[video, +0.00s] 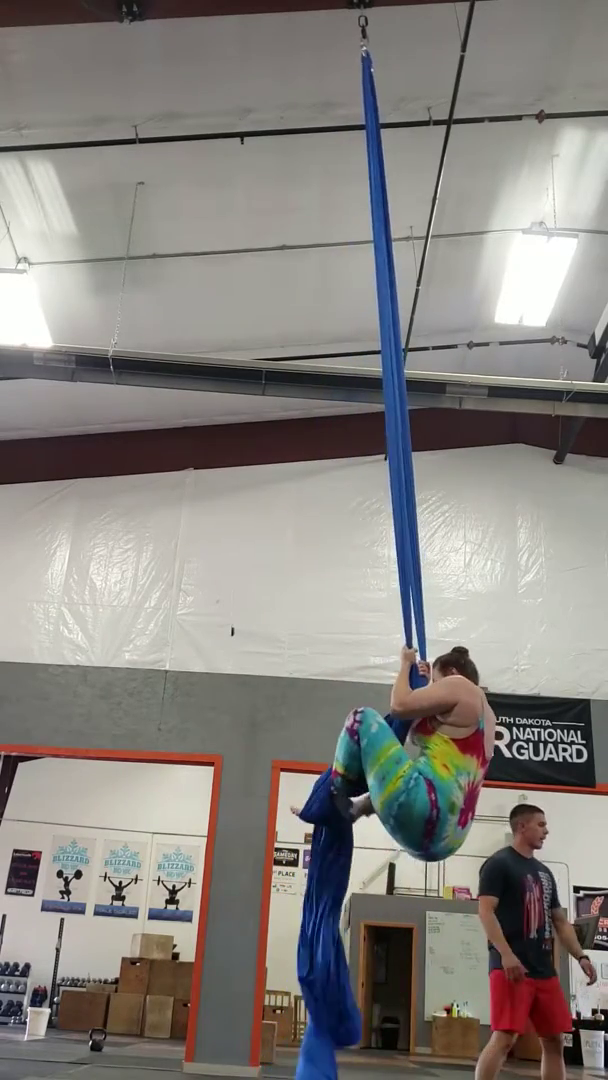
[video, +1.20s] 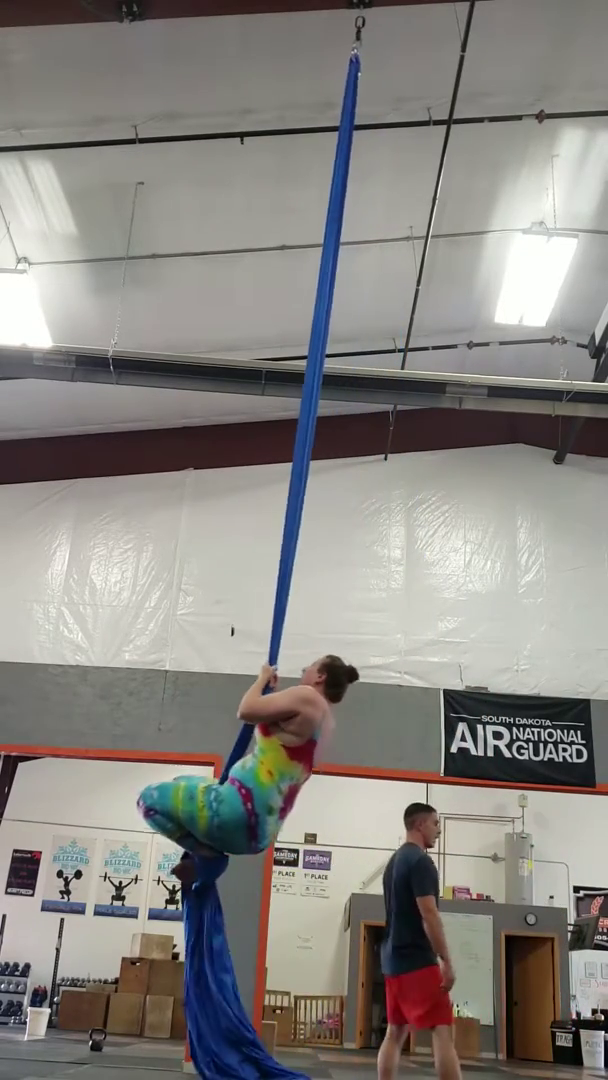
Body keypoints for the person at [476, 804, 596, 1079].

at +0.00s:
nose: (546, 830)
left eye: (546, 825)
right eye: (541, 825)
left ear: (528, 828)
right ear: (521, 827)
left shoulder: (545, 872)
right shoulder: (498, 864)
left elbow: (560, 921)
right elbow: (485, 912)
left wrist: (580, 956)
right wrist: (506, 954)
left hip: (543, 971)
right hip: (509, 968)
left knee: (553, 1042)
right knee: (503, 1039)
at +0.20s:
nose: (529, 830)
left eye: (528, 824)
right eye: (524, 824)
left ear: (511, 827)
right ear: (506, 825)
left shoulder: (518, 868)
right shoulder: (484, 862)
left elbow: (527, 921)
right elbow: (474, 915)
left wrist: (549, 966)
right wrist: (483, 964)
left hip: (521, 971)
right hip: (493, 969)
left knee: (535, 1043)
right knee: (491, 1041)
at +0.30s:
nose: (521, 828)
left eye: (520, 822)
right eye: (516, 821)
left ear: (499, 824)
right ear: (498, 823)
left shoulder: (504, 864)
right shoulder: (480, 860)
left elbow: (509, 918)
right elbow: (469, 913)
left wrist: (517, 964)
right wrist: (474, 963)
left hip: (509, 968)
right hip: (487, 967)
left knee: (522, 1040)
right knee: (487, 1040)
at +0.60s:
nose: (497, 825)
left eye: (496, 819)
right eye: (493, 819)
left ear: (475, 821)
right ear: (476, 820)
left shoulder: (467, 854)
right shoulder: (466, 857)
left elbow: (471, 912)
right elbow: (468, 912)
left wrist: (486, 961)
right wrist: (483, 961)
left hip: (471, 961)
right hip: (468, 961)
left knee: (478, 1038)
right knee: (474, 1039)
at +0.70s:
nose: (488, 823)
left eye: (487, 818)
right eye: (484, 817)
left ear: (464, 820)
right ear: (467, 819)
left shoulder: (455, 854)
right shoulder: (460, 857)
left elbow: (462, 910)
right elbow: (468, 910)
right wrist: (493, 958)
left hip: (457, 956)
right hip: (464, 957)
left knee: (464, 1032)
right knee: (473, 1035)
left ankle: (434, 1075)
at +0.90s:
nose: (468, 826)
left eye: (467, 820)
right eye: (464, 820)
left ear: (444, 823)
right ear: (448, 822)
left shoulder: (431, 858)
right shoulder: (443, 858)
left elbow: (438, 915)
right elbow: (457, 910)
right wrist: (490, 953)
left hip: (436, 960)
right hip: (452, 960)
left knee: (433, 1032)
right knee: (465, 1035)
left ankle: (405, 1076)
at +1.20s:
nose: (438, 830)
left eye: (438, 824)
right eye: (435, 823)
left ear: (413, 825)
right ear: (418, 824)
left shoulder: (395, 860)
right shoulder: (420, 861)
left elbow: (396, 914)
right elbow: (428, 913)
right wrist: (446, 960)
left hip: (393, 959)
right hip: (418, 961)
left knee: (394, 1033)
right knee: (442, 1032)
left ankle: (384, 1077)